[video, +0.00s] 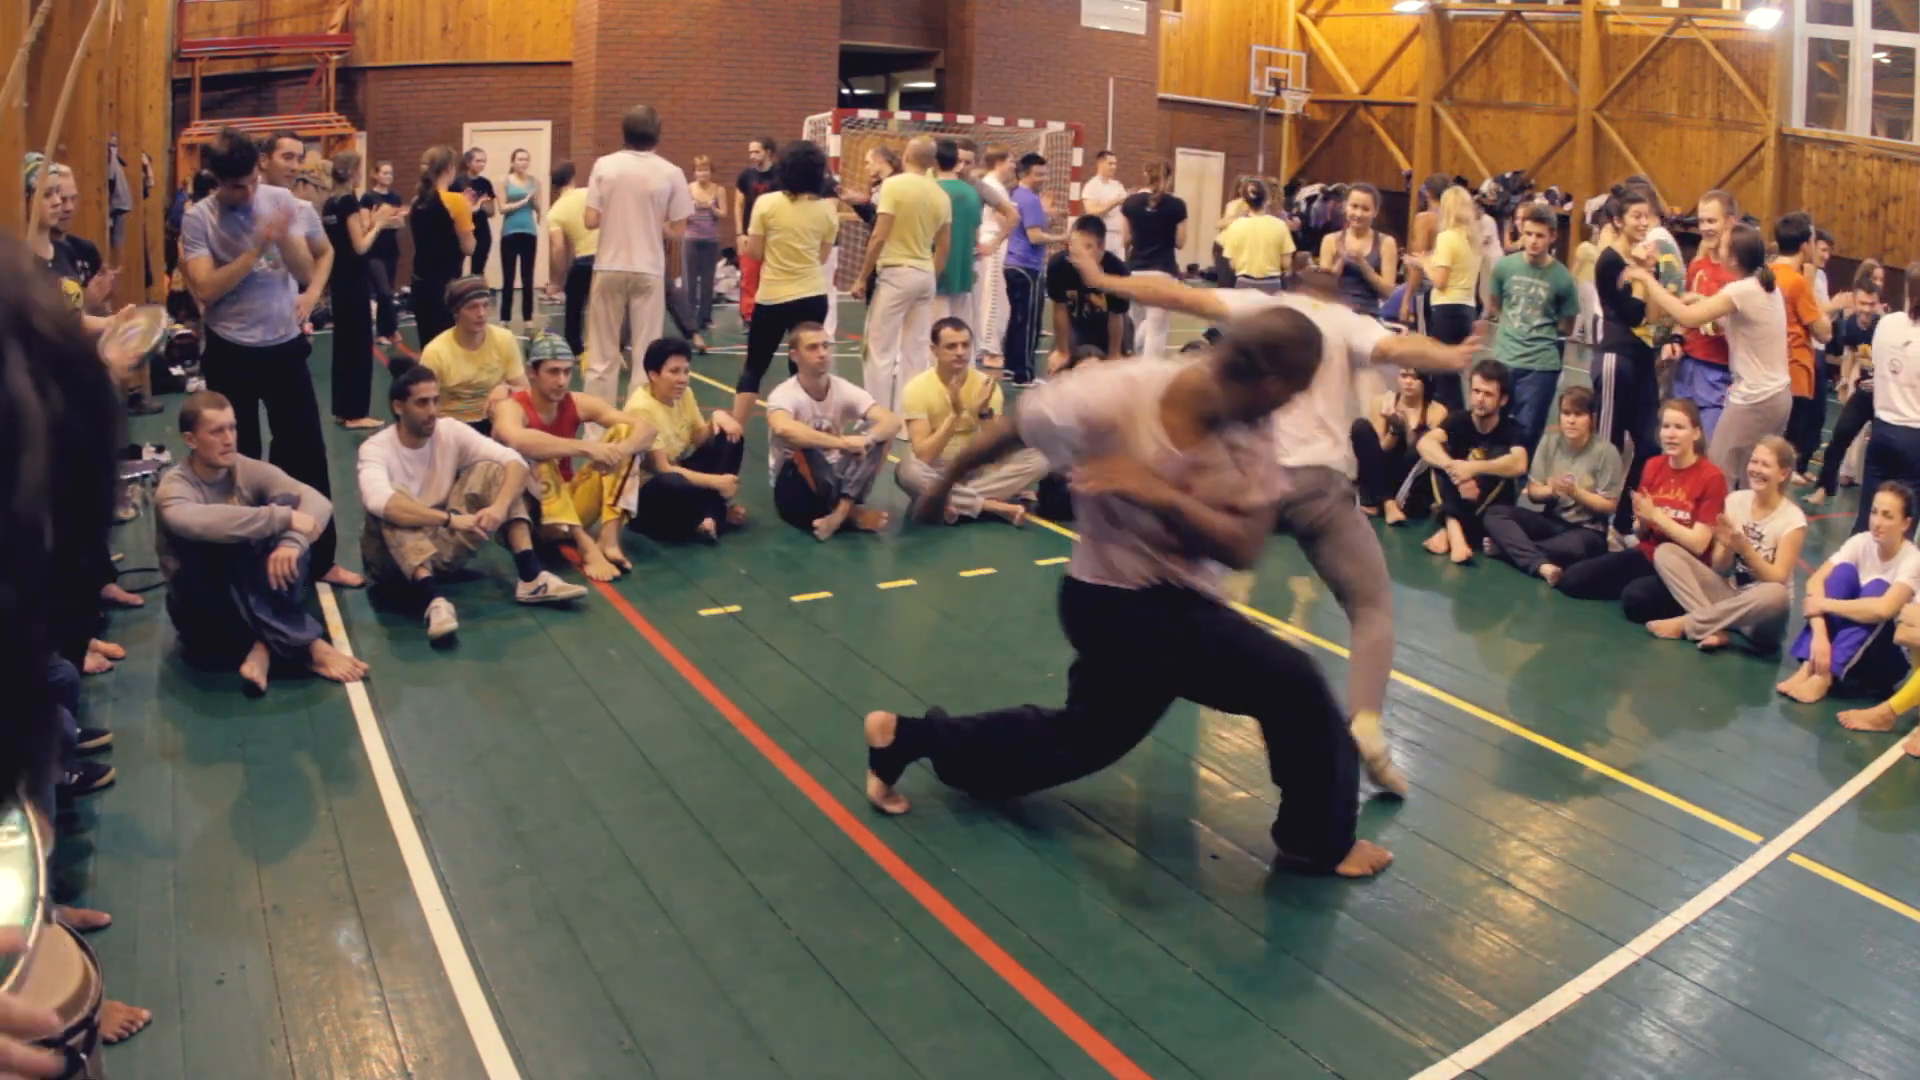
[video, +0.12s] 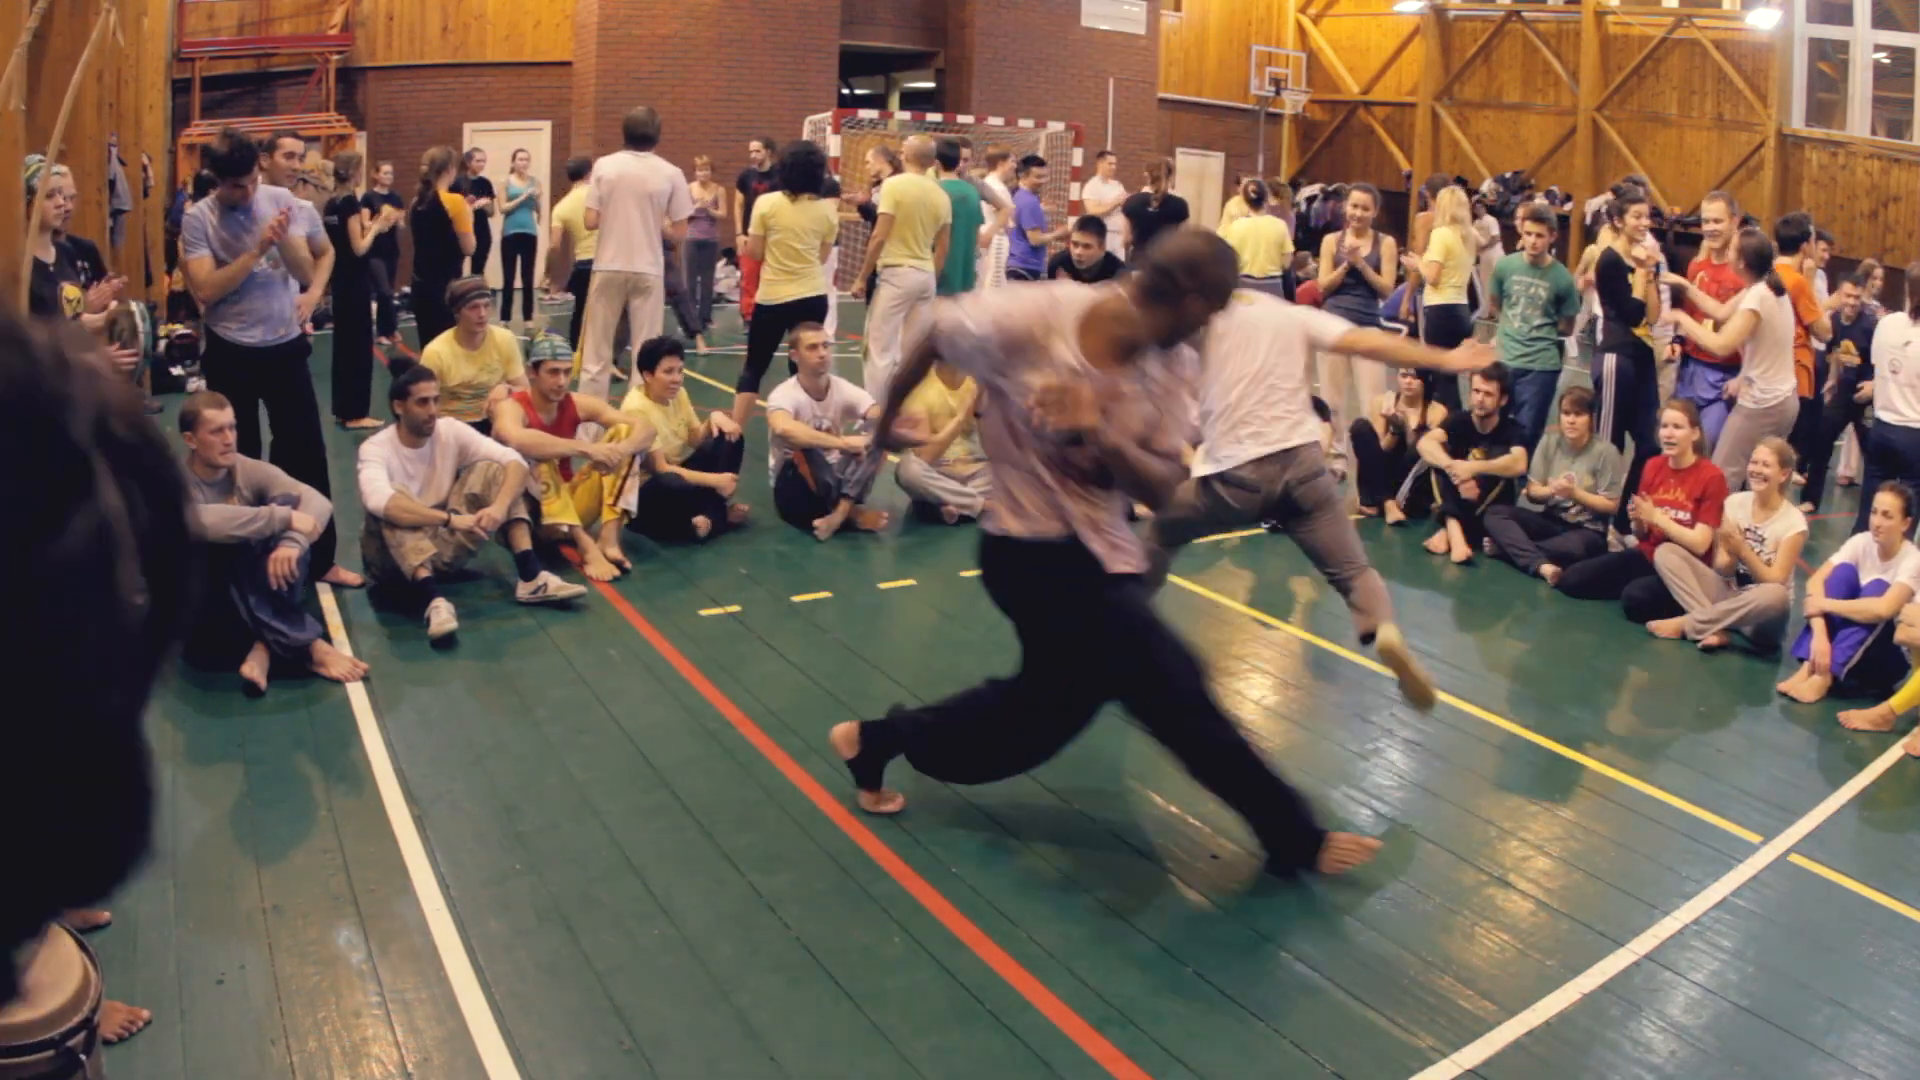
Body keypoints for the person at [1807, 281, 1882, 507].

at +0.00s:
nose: (1866, 309)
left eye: (1871, 304)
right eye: (1862, 303)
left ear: (1878, 304)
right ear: (1854, 302)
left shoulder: (1884, 326)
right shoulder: (1848, 324)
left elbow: (1892, 356)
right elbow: (1850, 352)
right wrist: (1845, 381)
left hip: (1888, 389)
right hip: (1864, 386)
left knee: (1885, 441)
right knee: (1841, 434)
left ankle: (1880, 489)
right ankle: (1825, 485)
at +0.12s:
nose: (1851, 302)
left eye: (1856, 297)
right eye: (1847, 295)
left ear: (1863, 299)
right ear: (1838, 296)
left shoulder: (1871, 325)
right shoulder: (1832, 321)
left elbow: (1884, 359)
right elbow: (1826, 352)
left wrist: (1876, 382)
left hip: (1865, 390)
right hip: (1839, 389)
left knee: (1871, 451)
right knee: (1821, 443)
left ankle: (1873, 505)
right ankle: (1810, 498)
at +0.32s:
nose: (1845, 285)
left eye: (1849, 281)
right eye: (1840, 280)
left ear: (1853, 282)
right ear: (1828, 280)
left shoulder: (1865, 310)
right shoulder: (1815, 307)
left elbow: (1878, 341)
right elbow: (1802, 338)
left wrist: (1868, 359)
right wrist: (1813, 348)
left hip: (1850, 383)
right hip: (1820, 381)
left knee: (1840, 441)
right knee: (1812, 441)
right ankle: (1808, 498)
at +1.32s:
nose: (1890, 293)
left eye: (1894, 288)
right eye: (1887, 286)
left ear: (1894, 286)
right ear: (1868, 277)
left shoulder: (1889, 313)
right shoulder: (1842, 305)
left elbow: (1893, 355)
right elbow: (1821, 346)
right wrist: (1836, 386)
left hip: (1870, 403)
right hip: (1835, 400)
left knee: (1867, 479)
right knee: (1814, 469)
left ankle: (1837, 535)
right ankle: (1797, 526)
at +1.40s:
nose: (1902, 296)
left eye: (1904, 290)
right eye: (1898, 289)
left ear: (1898, 285)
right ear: (1879, 282)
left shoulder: (1899, 319)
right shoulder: (1854, 311)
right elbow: (1831, 353)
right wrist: (1851, 395)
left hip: (1880, 408)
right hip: (1844, 402)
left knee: (1873, 486)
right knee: (1820, 474)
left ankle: (1862, 547)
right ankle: (1798, 538)